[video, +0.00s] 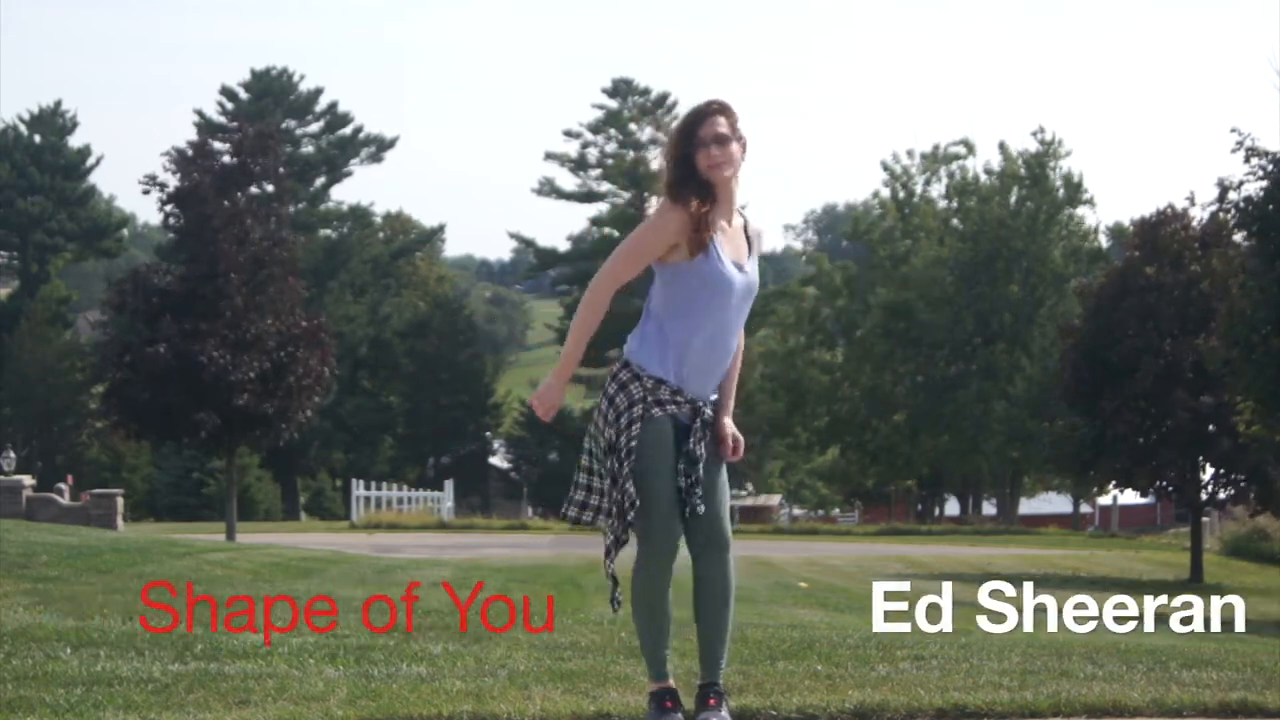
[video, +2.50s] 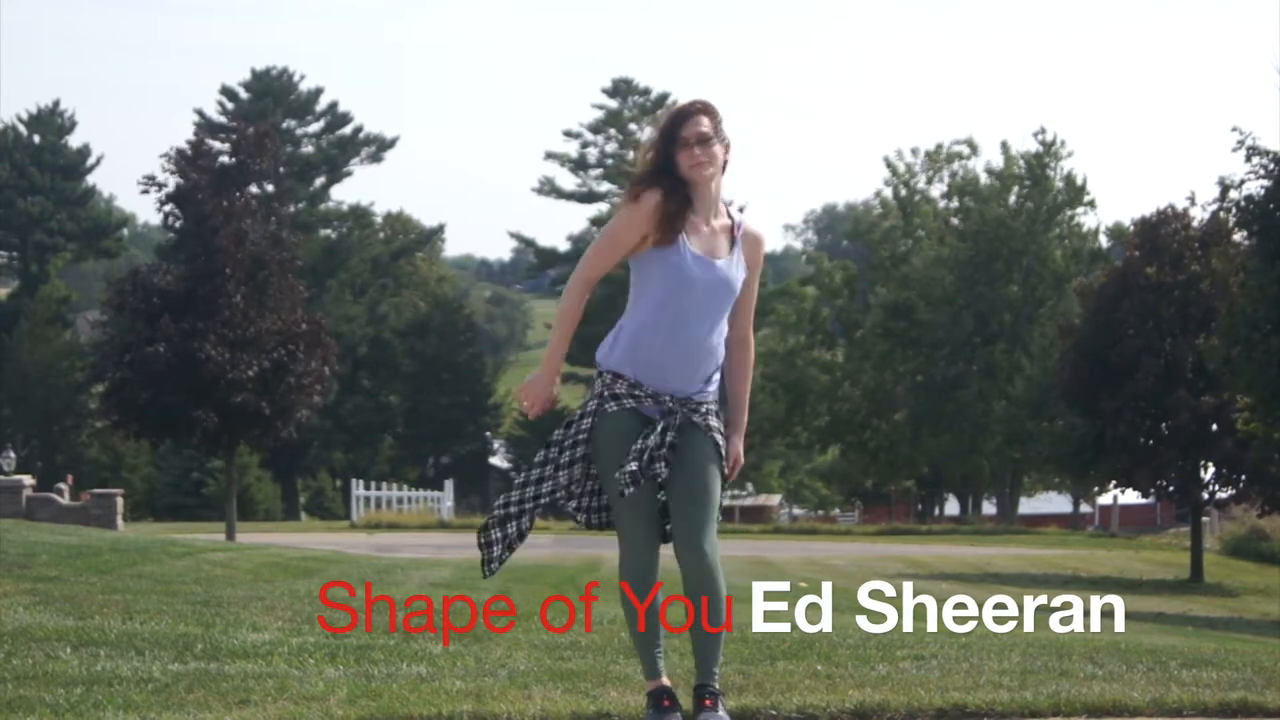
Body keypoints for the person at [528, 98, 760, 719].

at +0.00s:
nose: (722, 149)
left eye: (729, 138)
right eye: (708, 142)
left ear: (744, 148)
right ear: (690, 156)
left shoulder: (745, 231)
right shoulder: (675, 218)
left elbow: (734, 327)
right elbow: (602, 284)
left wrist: (725, 411)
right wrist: (560, 375)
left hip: (705, 403)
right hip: (649, 392)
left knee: (715, 539)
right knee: (661, 536)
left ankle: (712, 691)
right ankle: (661, 688)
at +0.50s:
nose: (694, 151)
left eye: (704, 141)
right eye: (683, 144)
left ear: (724, 152)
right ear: (666, 158)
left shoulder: (755, 231)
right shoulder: (652, 232)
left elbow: (784, 331)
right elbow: (567, 281)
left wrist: (727, 409)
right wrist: (474, 304)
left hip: (704, 410)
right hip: (632, 399)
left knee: (696, 556)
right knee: (646, 551)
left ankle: (708, 692)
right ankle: (659, 686)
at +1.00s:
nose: (697, 162)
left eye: (704, 151)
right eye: (685, 151)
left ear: (712, 153)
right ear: (656, 155)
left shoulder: (724, 215)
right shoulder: (635, 235)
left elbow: (813, 237)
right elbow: (571, 311)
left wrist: (897, 249)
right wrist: (487, 334)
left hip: (721, 407)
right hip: (658, 409)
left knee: (702, 556)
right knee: (649, 555)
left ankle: (707, 694)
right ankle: (660, 687)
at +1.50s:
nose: (692, 167)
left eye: (701, 158)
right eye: (682, 156)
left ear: (708, 162)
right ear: (655, 156)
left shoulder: (717, 232)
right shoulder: (615, 230)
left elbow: (799, 287)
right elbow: (577, 322)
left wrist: (856, 227)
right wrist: (522, 380)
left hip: (738, 399)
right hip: (664, 405)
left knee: (726, 552)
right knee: (683, 558)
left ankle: (713, 689)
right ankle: (666, 690)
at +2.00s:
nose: (699, 157)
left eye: (708, 147)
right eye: (688, 147)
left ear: (718, 155)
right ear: (666, 154)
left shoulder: (697, 223)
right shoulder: (665, 211)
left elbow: (696, 331)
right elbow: (628, 307)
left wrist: (754, 366)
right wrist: (612, 397)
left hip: (704, 402)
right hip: (661, 397)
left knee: (720, 544)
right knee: (685, 543)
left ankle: (713, 694)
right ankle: (665, 696)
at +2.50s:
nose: (700, 150)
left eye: (709, 139)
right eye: (688, 143)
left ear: (728, 149)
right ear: (671, 156)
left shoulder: (748, 238)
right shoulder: (653, 208)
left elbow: (741, 337)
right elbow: (583, 277)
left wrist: (737, 428)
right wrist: (550, 369)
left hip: (698, 407)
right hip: (626, 397)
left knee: (698, 545)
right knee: (639, 547)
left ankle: (709, 688)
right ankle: (657, 684)